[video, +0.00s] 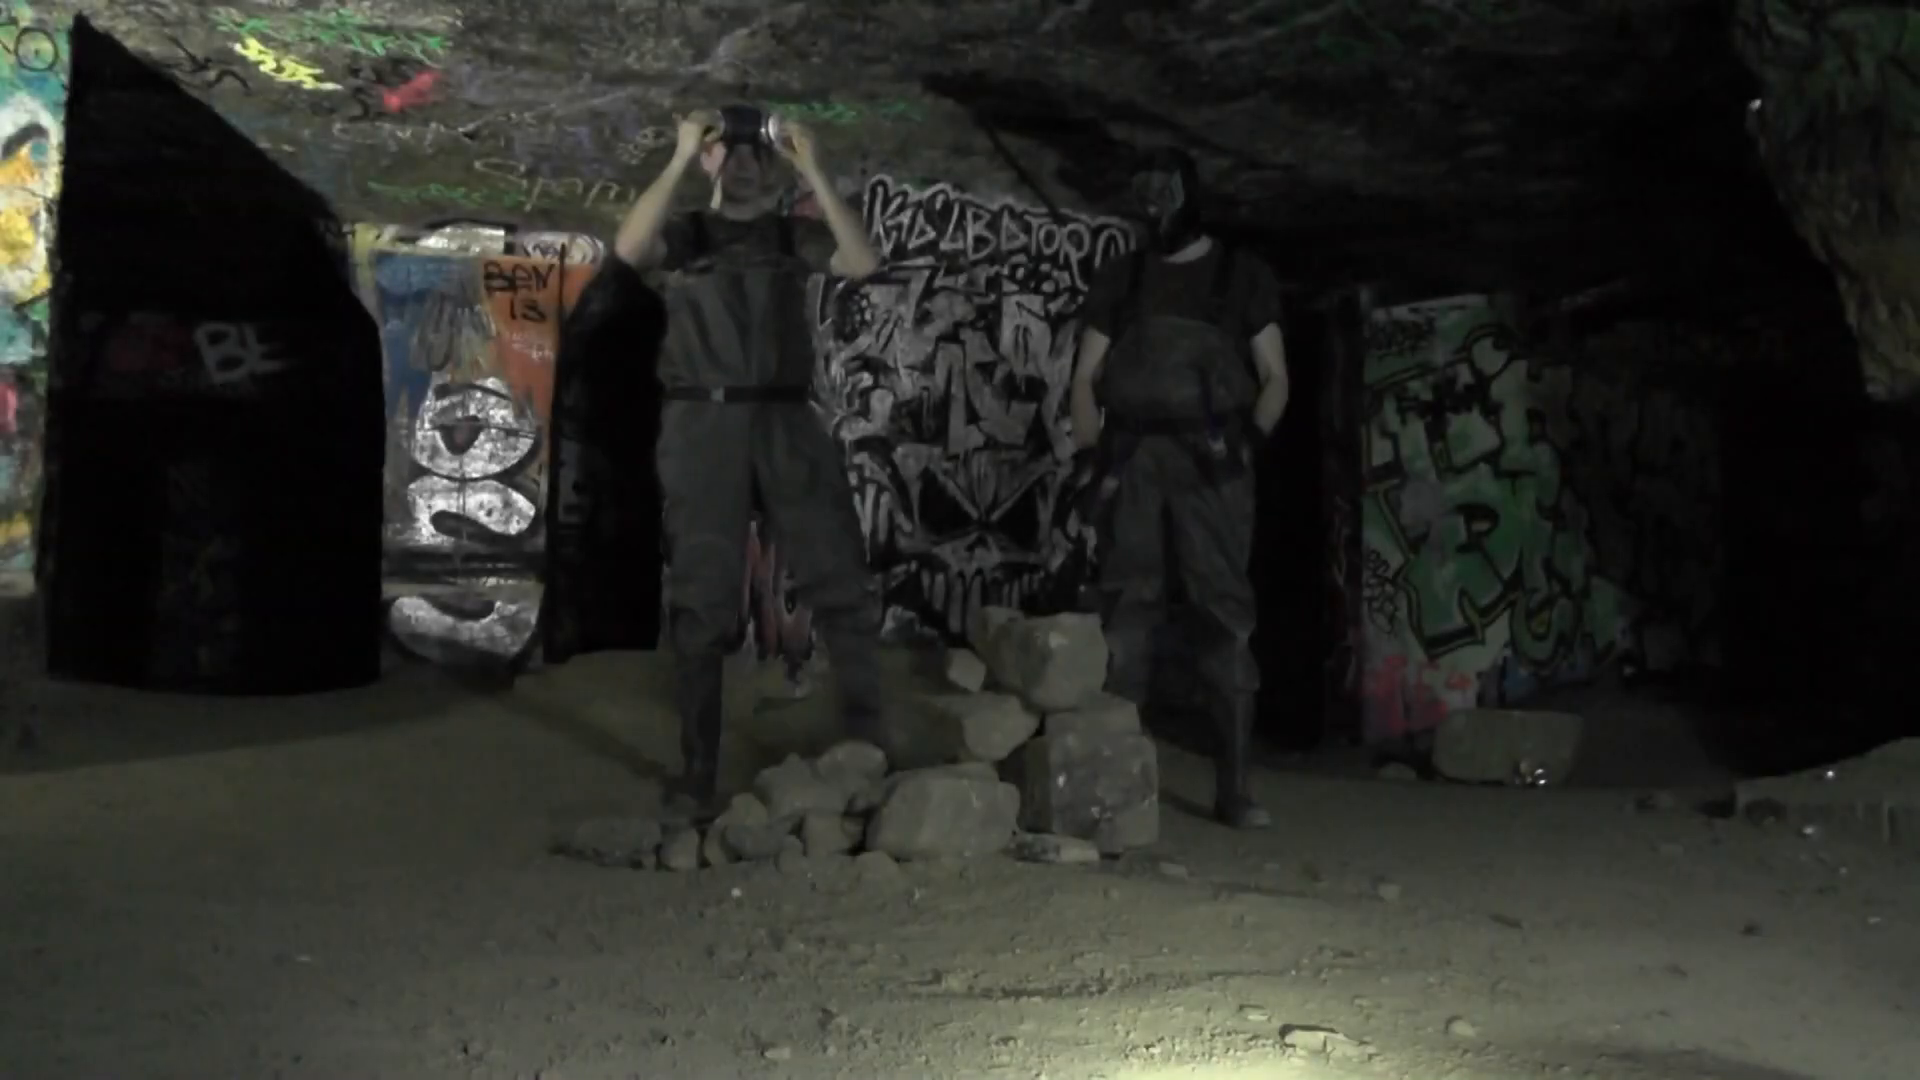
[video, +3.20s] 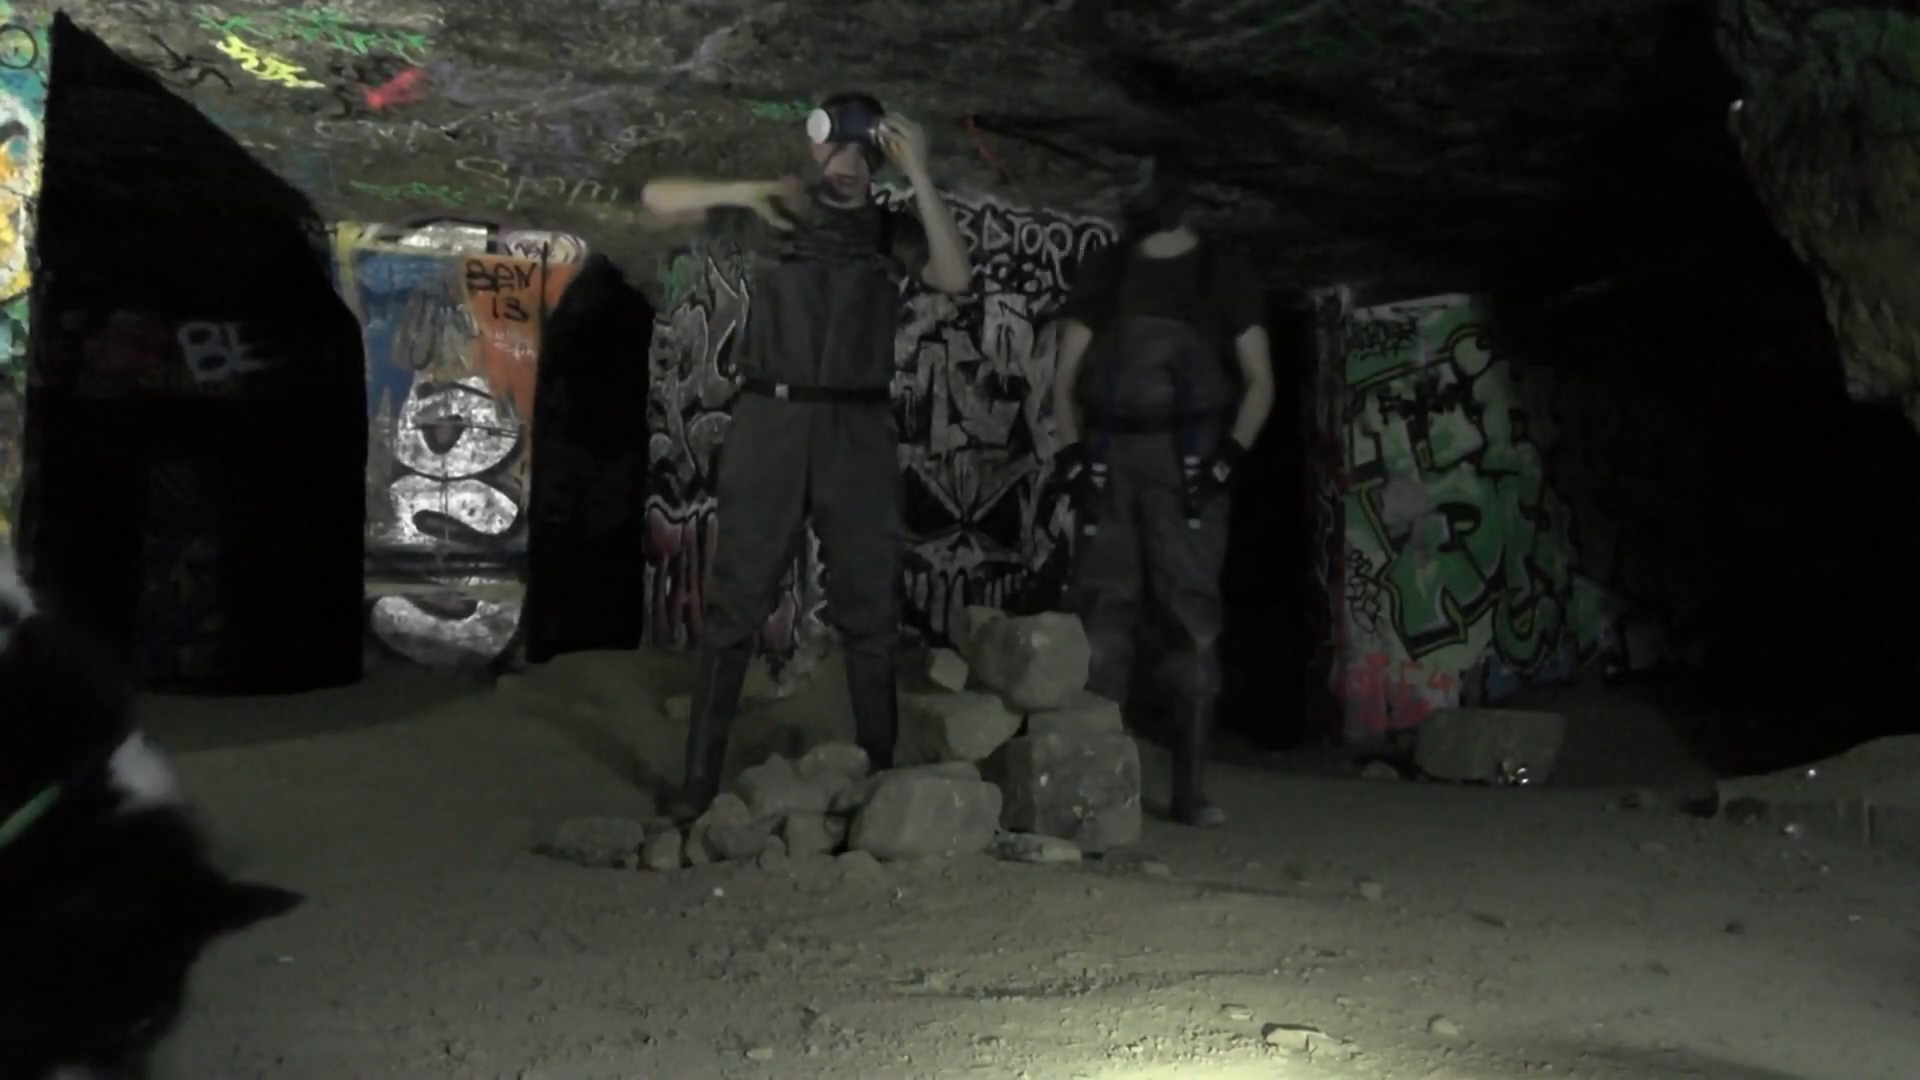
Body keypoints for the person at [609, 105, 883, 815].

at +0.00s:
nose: (744, 161)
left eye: (756, 149)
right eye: (728, 147)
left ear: (777, 163)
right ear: (706, 161)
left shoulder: (798, 232)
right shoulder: (685, 234)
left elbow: (861, 263)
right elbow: (629, 249)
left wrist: (813, 173)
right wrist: (680, 162)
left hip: (790, 431)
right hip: (703, 435)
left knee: (840, 592)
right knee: (701, 608)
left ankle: (868, 753)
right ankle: (698, 779)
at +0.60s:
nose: (849, 166)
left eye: (860, 156)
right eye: (837, 155)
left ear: (877, 170)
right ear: (812, 165)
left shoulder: (896, 232)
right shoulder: (786, 231)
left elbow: (963, 261)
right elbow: (720, 248)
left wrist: (916, 171)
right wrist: (778, 162)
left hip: (877, 438)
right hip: (787, 433)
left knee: (887, 606)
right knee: (741, 597)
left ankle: (893, 770)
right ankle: (706, 765)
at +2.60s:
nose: (829, 171)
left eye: (842, 158)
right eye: (815, 156)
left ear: (860, 164)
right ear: (790, 161)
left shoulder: (879, 228)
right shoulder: (760, 223)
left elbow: (939, 295)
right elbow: (671, 256)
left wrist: (897, 187)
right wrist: (746, 189)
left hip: (856, 438)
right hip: (768, 435)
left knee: (867, 612)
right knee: (737, 609)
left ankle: (882, 781)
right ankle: (699, 789)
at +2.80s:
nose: (861, 169)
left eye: (872, 157)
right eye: (851, 153)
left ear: (879, 162)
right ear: (818, 148)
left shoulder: (886, 228)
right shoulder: (761, 211)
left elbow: (946, 292)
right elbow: (657, 251)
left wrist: (918, 183)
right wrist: (716, 295)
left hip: (857, 438)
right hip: (769, 434)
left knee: (867, 610)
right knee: (737, 608)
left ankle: (883, 779)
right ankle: (699, 786)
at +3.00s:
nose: (860, 166)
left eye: (873, 155)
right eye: (850, 149)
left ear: (884, 161)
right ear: (819, 145)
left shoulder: (891, 230)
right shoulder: (769, 215)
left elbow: (956, 289)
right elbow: (668, 261)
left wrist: (926, 183)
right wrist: (727, 311)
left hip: (858, 439)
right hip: (769, 435)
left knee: (868, 612)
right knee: (736, 609)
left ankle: (882, 779)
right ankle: (699, 786)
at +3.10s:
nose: (856, 161)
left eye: (870, 151)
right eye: (845, 145)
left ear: (881, 160)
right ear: (816, 146)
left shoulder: (893, 230)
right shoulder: (771, 213)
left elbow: (954, 282)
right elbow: (662, 231)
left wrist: (922, 176)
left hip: (858, 437)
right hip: (769, 432)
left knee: (868, 613)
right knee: (738, 608)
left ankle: (879, 781)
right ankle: (700, 785)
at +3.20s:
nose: (847, 163)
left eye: (861, 152)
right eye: (836, 147)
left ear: (879, 162)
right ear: (811, 150)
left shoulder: (892, 230)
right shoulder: (770, 217)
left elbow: (955, 278)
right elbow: (657, 201)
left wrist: (918, 175)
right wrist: (755, 192)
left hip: (859, 438)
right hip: (769, 433)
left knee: (869, 614)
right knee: (737, 609)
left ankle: (880, 780)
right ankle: (699, 786)